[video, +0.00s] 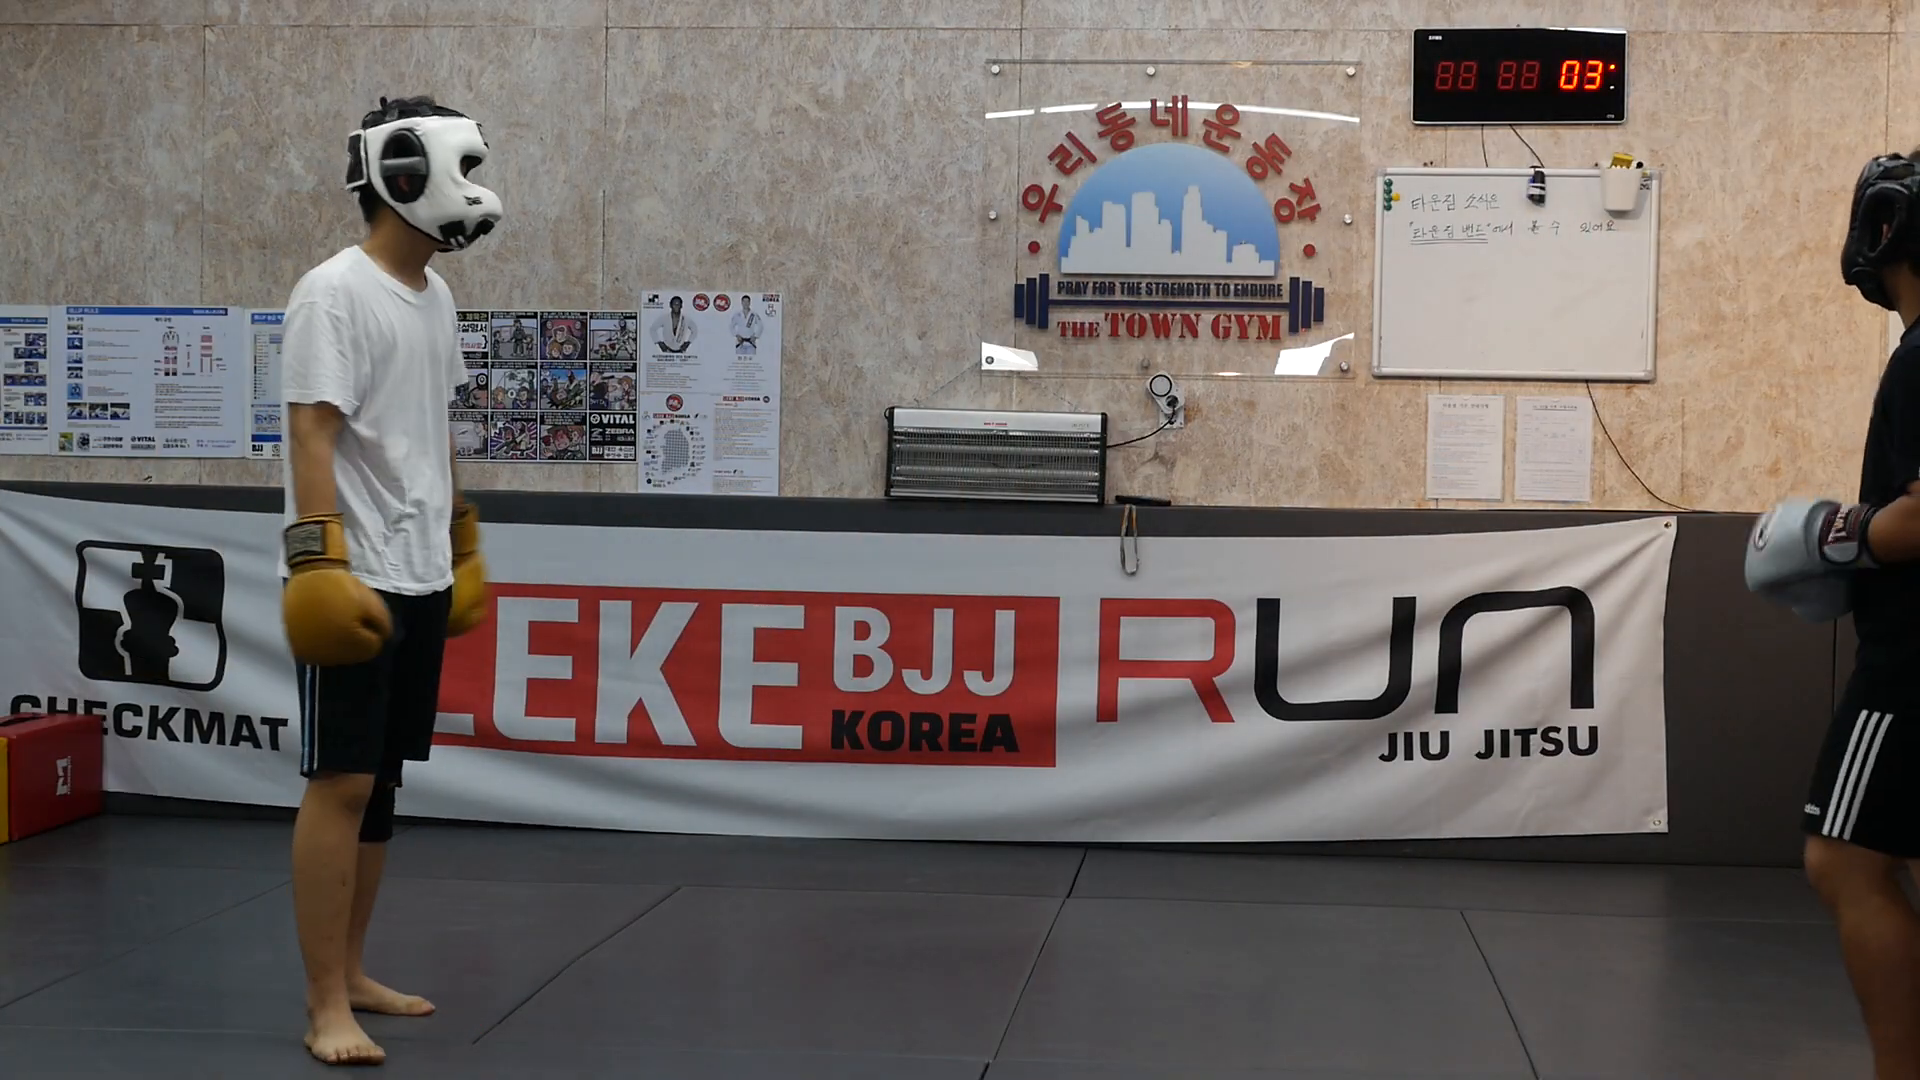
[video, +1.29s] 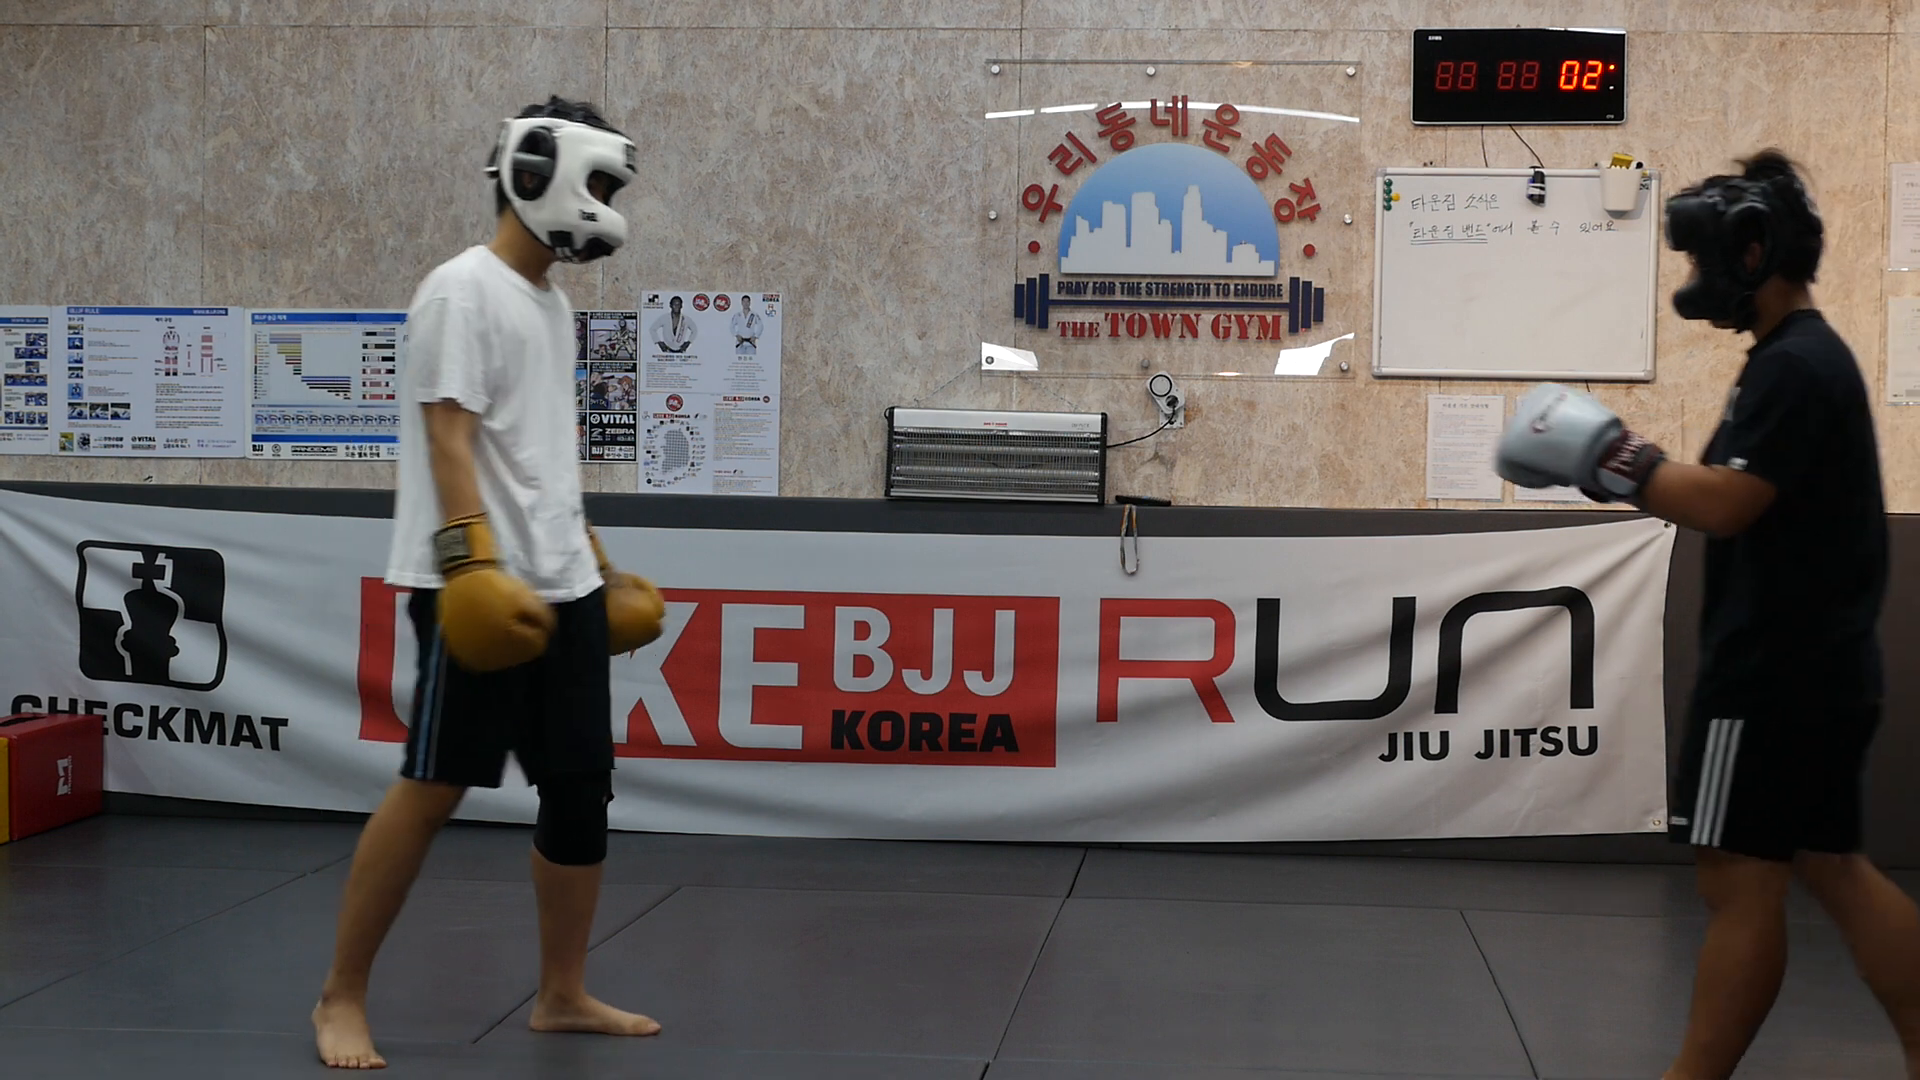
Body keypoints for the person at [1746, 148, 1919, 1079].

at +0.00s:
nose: (1863, 264)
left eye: (1867, 245)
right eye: (1868, 247)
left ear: (1886, 240)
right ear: (1909, 242)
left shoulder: (1919, 356)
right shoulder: (1911, 351)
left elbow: (1913, 509)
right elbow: (1907, 501)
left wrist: (1847, 535)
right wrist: (1852, 544)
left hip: (1907, 657)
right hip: (1900, 649)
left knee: (1843, 859)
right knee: (1875, 856)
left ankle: (1899, 1063)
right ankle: (1899, 1059)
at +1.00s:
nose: (1792, 268)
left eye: (1801, 248)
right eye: (1793, 249)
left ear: (1842, 249)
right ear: (1866, 249)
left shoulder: (1889, 350)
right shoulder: (1884, 344)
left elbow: (1881, 500)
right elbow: (1870, 497)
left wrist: (1764, 491)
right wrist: (1767, 497)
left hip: (1869, 653)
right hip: (1885, 647)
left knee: (1783, 847)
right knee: (1909, 850)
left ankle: (1769, 1065)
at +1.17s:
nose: (1743, 279)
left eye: (1753, 258)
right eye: (1743, 260)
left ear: (1801, 258)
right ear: (1813, 259)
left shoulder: (1843, 364)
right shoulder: (1847, 358)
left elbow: (1798, 505)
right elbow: (1798, 504)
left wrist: (1679, 473)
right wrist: (1696, 479)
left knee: (1771, 885)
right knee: (1903, 877)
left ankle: (1704, 1067)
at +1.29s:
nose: (1697, 276)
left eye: (1708, 257)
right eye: (1698, 257)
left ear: (1756, 259)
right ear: (1767, 260)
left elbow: (1729, 503)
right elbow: (1740, 498)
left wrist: (1617, 463)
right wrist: (1643, 467)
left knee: (1738, 882)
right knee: (1835, 866)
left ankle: (1696, 1071)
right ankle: (1919, 1048)